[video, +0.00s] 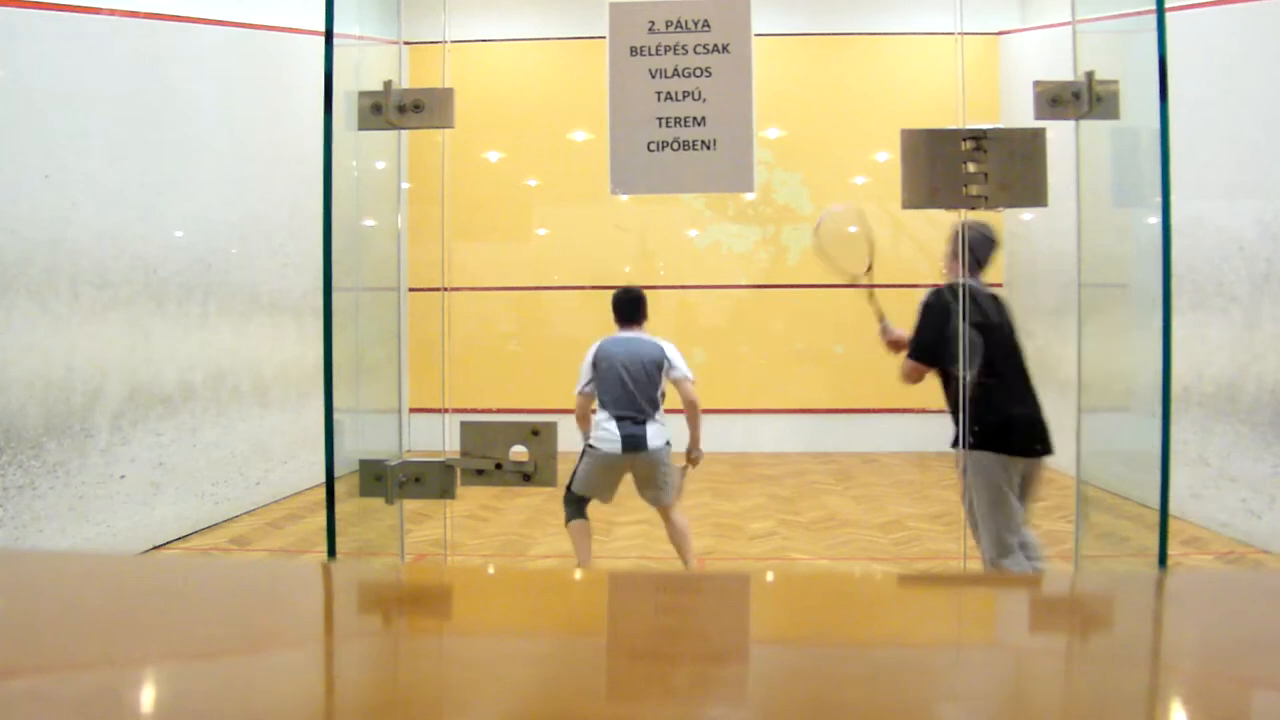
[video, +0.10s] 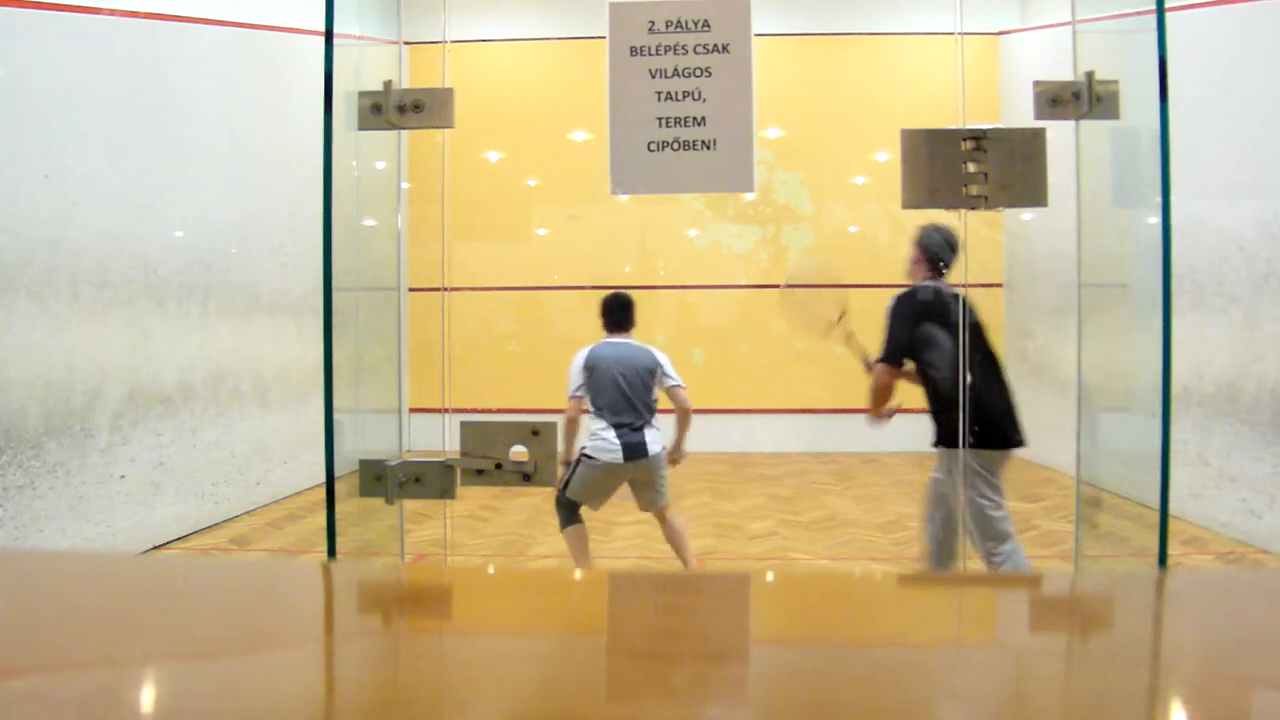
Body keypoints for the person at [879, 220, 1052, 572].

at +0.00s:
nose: (943, 253)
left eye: (947, 247)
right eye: (948, 246)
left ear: (952, 252)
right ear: (983, 258)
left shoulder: (943, 300)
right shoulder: (992, 302)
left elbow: (913, 372)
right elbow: (963, 348)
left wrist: (912, 341)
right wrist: (907, 343)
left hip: (987, 440)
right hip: (1028, 438)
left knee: (1000, 546)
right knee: (1012, 530)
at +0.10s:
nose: (909, 258)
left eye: (913, 251)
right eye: (913, 250)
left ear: (922, 258)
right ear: (944, 262)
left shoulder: (910, 302)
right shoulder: (955, 302)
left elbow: (885, 374)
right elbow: (939, 375)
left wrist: (877, 408)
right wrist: (890, 369)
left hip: (968, 432)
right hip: (993, 427)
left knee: (987, 521)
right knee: (942, 504)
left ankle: (1022, 597)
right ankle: (939, 583)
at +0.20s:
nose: (875, 260)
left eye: (879, 254)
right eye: (878, 254)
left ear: (884, 261)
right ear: (912, 267)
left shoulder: (876, 310)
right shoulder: (926, 308)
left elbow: (854, 384)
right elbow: (925, 371)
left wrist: (840, 439)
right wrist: (882, 398)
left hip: (931, 437)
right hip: (954, 432)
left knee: (965, 527)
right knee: (900, 502)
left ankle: (1014, 591)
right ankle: (864, 577)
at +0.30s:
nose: (846, 263)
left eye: (849, 257)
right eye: (849, 256)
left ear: (857, 263)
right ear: (883, 266)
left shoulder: (850, 312)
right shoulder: (902, 310)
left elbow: (831, 387)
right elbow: (927, 377)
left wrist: (811, 444)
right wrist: (878, 412)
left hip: (885, 439)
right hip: (913, 435)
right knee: (853, 518)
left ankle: (980, 580)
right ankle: (840, 601)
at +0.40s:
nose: (818, 256)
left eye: (822, 249)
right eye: (821, 249)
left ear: (832, 254)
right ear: (854, 258)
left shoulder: (826, 303)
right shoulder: (873, 301)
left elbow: (812, 376)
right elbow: (898, 367)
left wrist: (791, 432)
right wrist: (859, 394)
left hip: (853, 433)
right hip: (884, 429)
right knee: (847, 522)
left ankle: (924, 574)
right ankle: (843, 606)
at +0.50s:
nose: (790, 249)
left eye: (794, 242)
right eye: (792, 241)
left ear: (807, 246)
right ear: (826, 249)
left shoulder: (801, 293)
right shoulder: (848, 294)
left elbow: (790, 366)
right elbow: (867, 359)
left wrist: (766, 420)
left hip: (821, 427)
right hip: (861, 424)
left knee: (780, 504)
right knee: (842, 507)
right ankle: (858, 581)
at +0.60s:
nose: (759, 250)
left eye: (764, 242)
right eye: (761, 242)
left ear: (781, 245)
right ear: (793, 248)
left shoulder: (776, 291)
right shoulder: (819, 292)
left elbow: (764, 359)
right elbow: (826, 362)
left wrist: (734, 419)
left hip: (791, 424)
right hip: (832, 423)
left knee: (742, 499)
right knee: (837, 511)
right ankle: (858, 589)